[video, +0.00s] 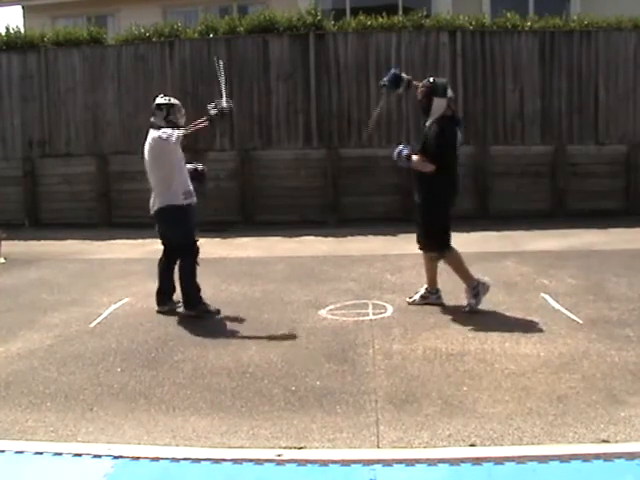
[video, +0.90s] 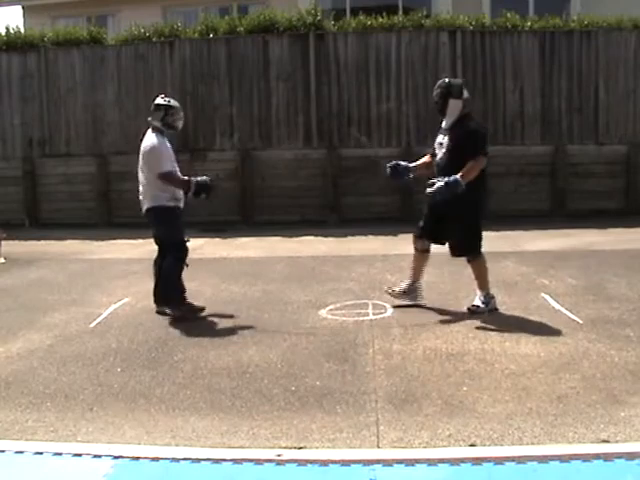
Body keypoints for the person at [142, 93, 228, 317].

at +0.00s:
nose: (181, 119)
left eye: (180, 115)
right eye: (178, 115)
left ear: (158, 116)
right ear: (170, 116)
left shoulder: (152, 139)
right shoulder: (163, 137)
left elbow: (165, 168)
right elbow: (185, 133)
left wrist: (187, 170)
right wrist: (210, 119)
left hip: (163, 206)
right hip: (177, 205)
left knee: (170, 252)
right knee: (189, 252)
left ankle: (164, 299)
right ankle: (193, 302)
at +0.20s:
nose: (178, 120)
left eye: (177, 116)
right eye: (175, 116)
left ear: (153, 116)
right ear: (168, 117)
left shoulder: (139, 143)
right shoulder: (170, 142)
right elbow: (193, 162)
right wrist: (218, 165)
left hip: (153, 204)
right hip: (173, 203)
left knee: (163, 249)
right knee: (176, 250)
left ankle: (161, 292)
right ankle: (168, 299)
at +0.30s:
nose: (177, 123)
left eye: (177, 118)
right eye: (175, 118)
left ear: (153, 117)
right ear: (168, 119)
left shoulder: (136, 142)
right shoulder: (174, 144)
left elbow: (135, 173)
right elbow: (191, 174)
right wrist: (210, 190)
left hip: (150, 207)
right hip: (173, 204)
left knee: (161, 250)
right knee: (173, 251)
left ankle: (162, 294)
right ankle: (164, 299)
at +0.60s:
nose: (177, 123)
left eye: (177, 119)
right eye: (175, 119)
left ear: (153, 117)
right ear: (167, 119)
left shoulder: (135, 142)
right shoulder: (174, 146)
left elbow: (132, 177)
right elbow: (188, 180)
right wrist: (209, 195)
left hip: (146, 207)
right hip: (170, 205)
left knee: (159, 250)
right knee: (174, 251)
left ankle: (162, 293)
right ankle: (165, 298)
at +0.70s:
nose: (177, 123)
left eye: (177, 118)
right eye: (175, 118)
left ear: (154, 118)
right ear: (167, 119)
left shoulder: (138, 142)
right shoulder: (168, 144)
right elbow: (184, 176)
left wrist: (203, 188)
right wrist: (208, 191)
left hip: (146, 207)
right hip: (166, 206)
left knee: (161, 251)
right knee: (180, 249)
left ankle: (162, 293)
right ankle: (164, 295)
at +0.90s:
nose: (177, 121)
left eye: (177, 116)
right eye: (173, 116)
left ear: (161, 117)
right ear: (162, 116)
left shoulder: (159, 140)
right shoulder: (156, 144)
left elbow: (168, 174)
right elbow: (165, 174)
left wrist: (190, 185)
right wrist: (192, 184)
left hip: (165, 206)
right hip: (161, 207)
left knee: (169, 251)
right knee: (176, 251)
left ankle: (165, 299)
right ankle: (174, 301)